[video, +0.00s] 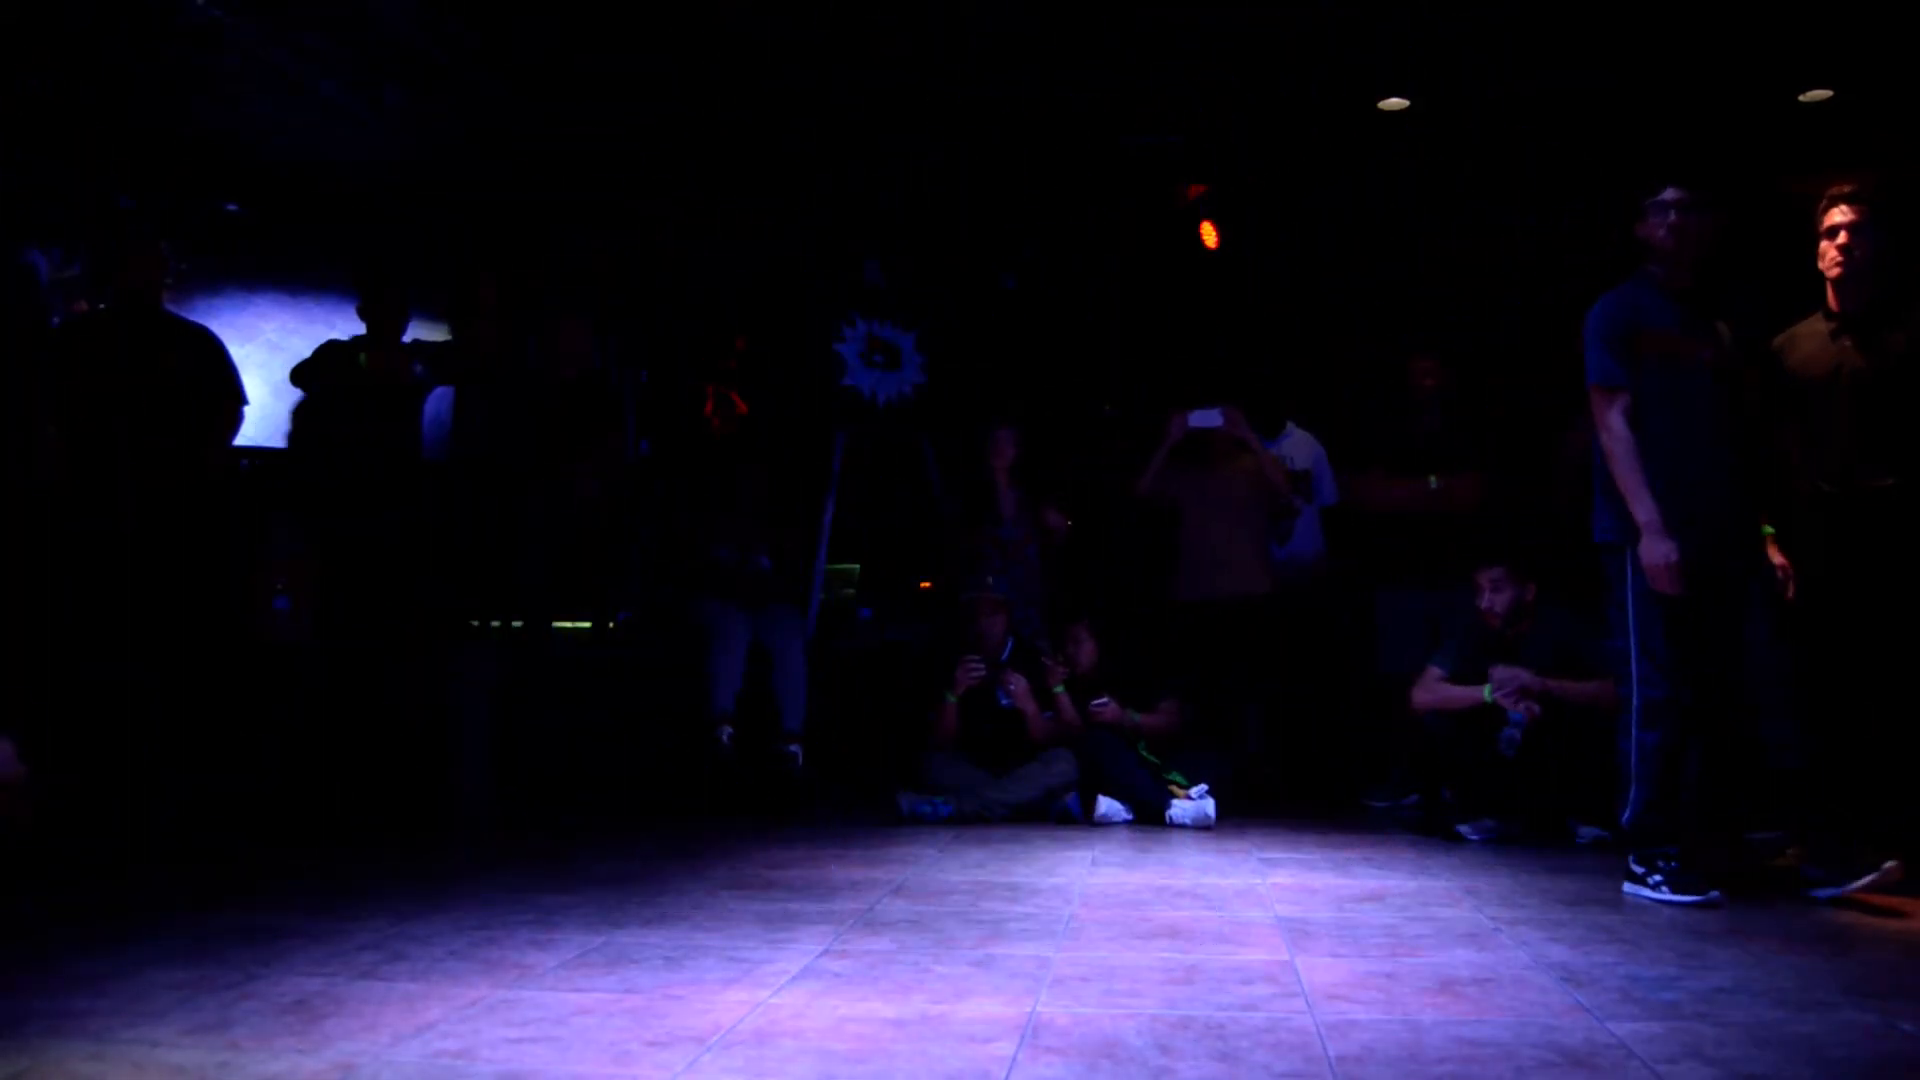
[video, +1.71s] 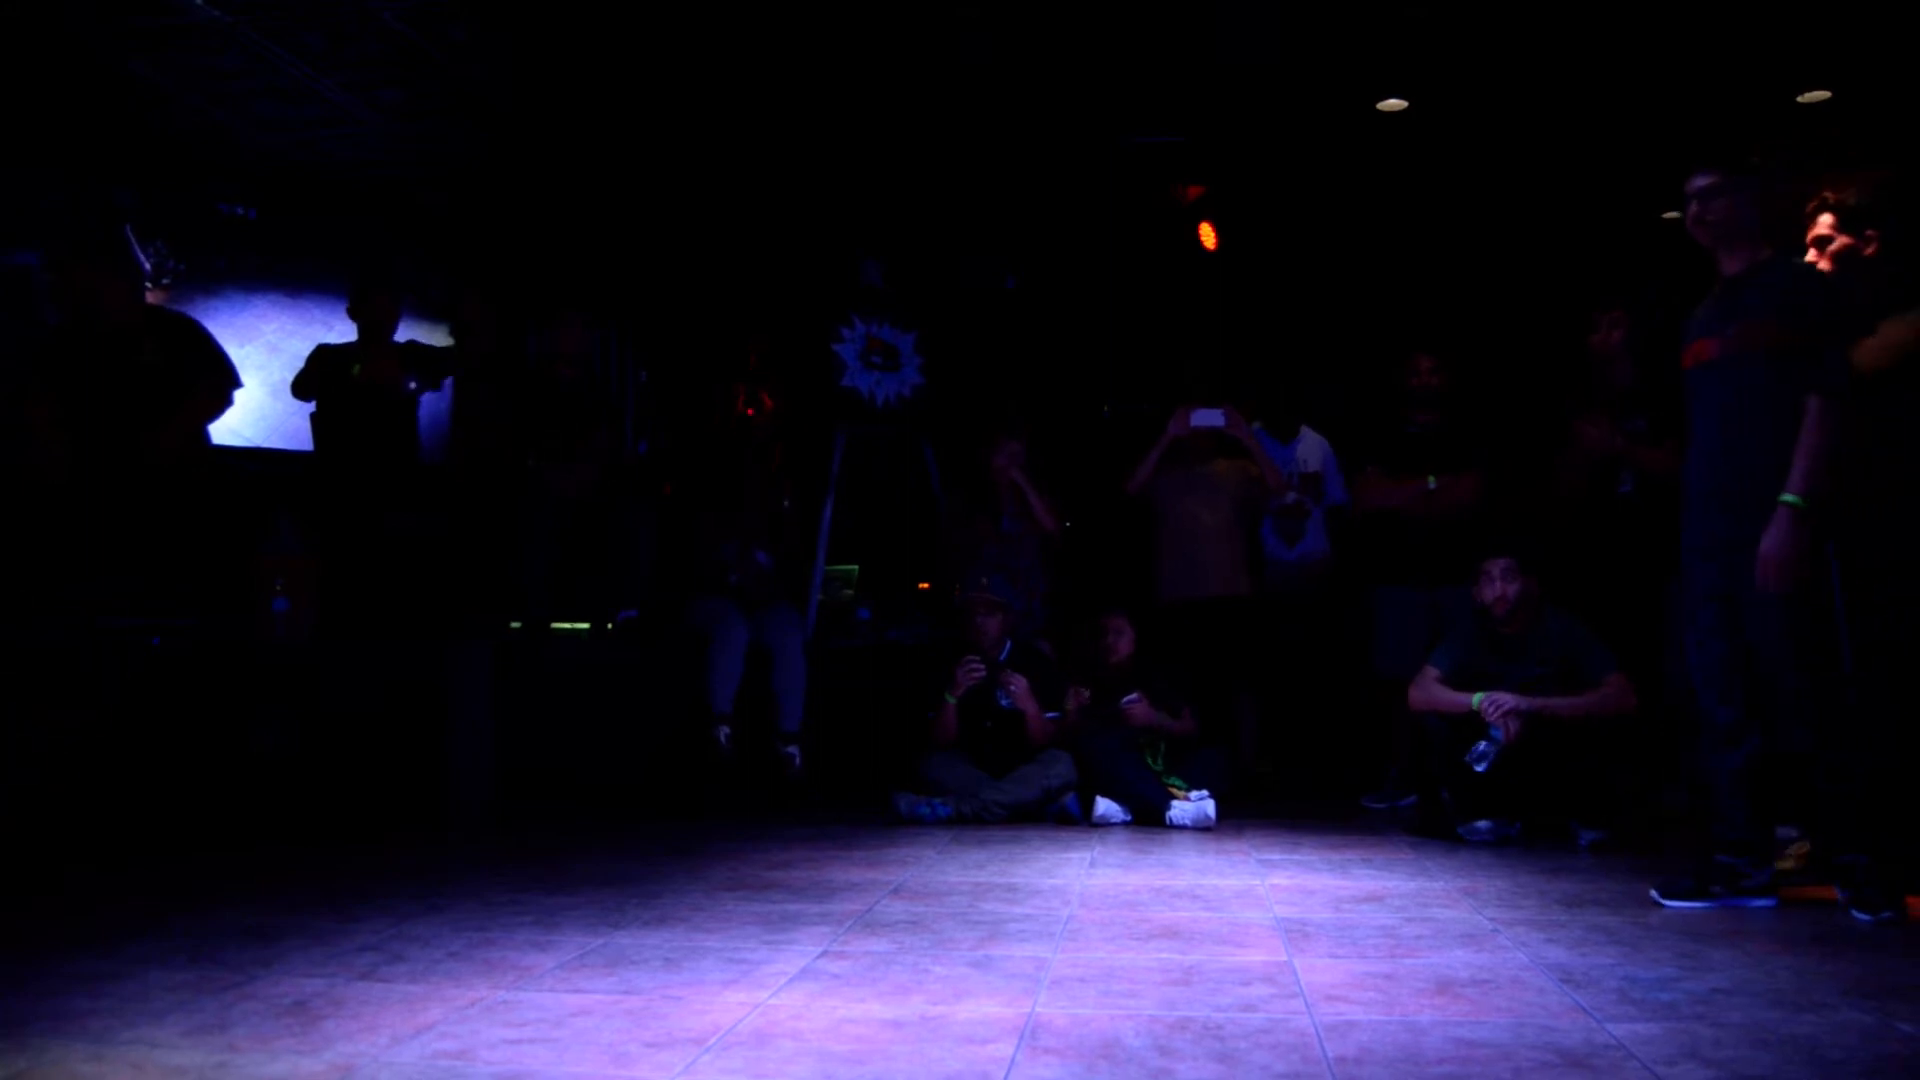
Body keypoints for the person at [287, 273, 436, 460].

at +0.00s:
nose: (389, 323)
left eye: (397, 314)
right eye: (381, 312)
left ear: (407, 317)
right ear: (362, 312)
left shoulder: (417, 357)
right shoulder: (336, 352)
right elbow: (299, 375)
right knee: (308, 409)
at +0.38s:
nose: (389, 321)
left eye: (396, 312)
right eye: (379, 312)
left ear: (406, 315)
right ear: (360, 313)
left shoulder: (418, 355)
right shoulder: (336, 354)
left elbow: (464, 339)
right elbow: (298, 372)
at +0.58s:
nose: (385, 322)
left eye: (392, 314)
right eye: (377, 313)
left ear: (401, 316)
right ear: (357, 314)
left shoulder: (416, 356)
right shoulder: (333, 354)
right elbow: (299, 379)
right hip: (343, 451)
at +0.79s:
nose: (383, 321)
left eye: (390, 311)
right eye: (375, 311)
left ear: (400, 314)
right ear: (355, 314)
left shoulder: (418, 358)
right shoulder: (332, 354)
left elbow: (452, 397)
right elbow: (299, 381)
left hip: (402, 455)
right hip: (342, 455)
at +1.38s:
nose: (382, 319)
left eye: (390, 309)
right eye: (374, 309)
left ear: (401, 313)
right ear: (357, 310)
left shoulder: (416, 355)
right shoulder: (331, 353)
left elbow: (456, 378)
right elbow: (300, 385)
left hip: (401, 455)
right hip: (342, 456)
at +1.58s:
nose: (382, 319)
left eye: (390, 309)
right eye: (373, 308)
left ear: (400, 313)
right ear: (355, 311)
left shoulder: (411, 354)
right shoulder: (329, 355)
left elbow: (459, 354)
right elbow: (300, 389)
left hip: (399, 458)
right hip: (341, 458)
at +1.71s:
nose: (381, 319)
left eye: (388, 310)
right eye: (372, 309)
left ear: (398, 313)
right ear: (353, 313)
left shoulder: (409, 356)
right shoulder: (328, 357)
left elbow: (459, 358)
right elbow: (300, 391)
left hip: (398, 459)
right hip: (341, 460)